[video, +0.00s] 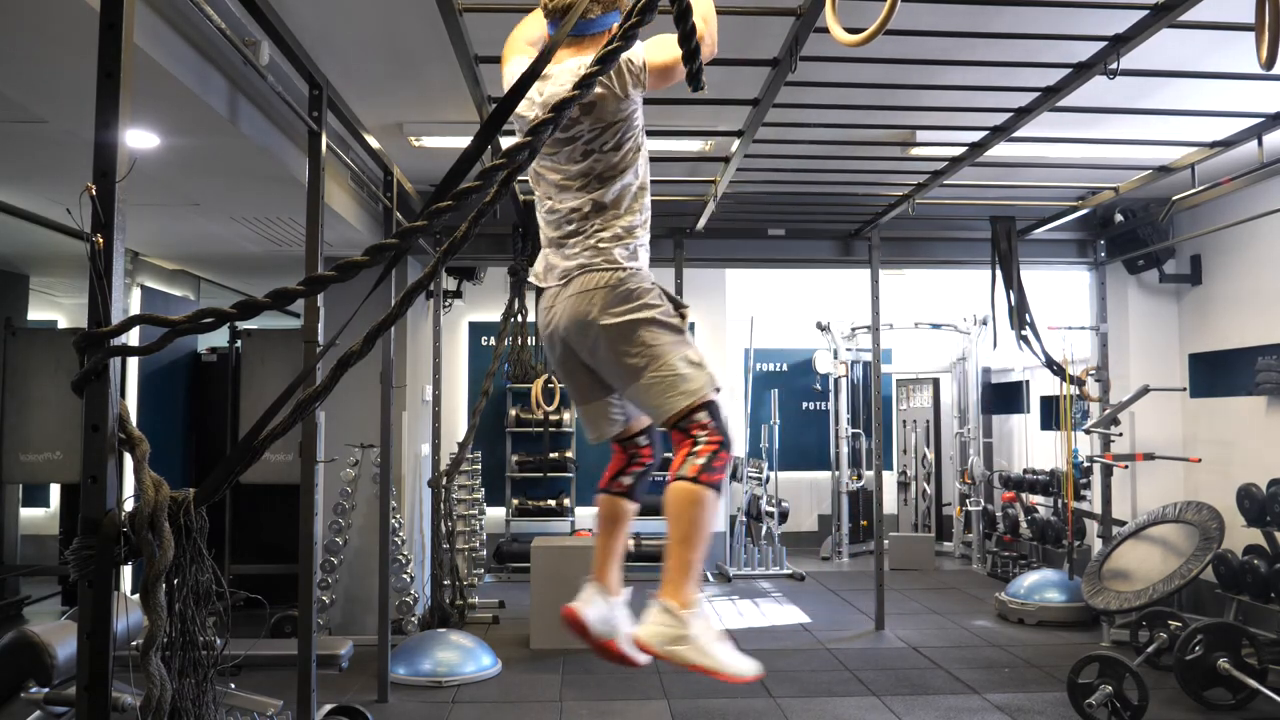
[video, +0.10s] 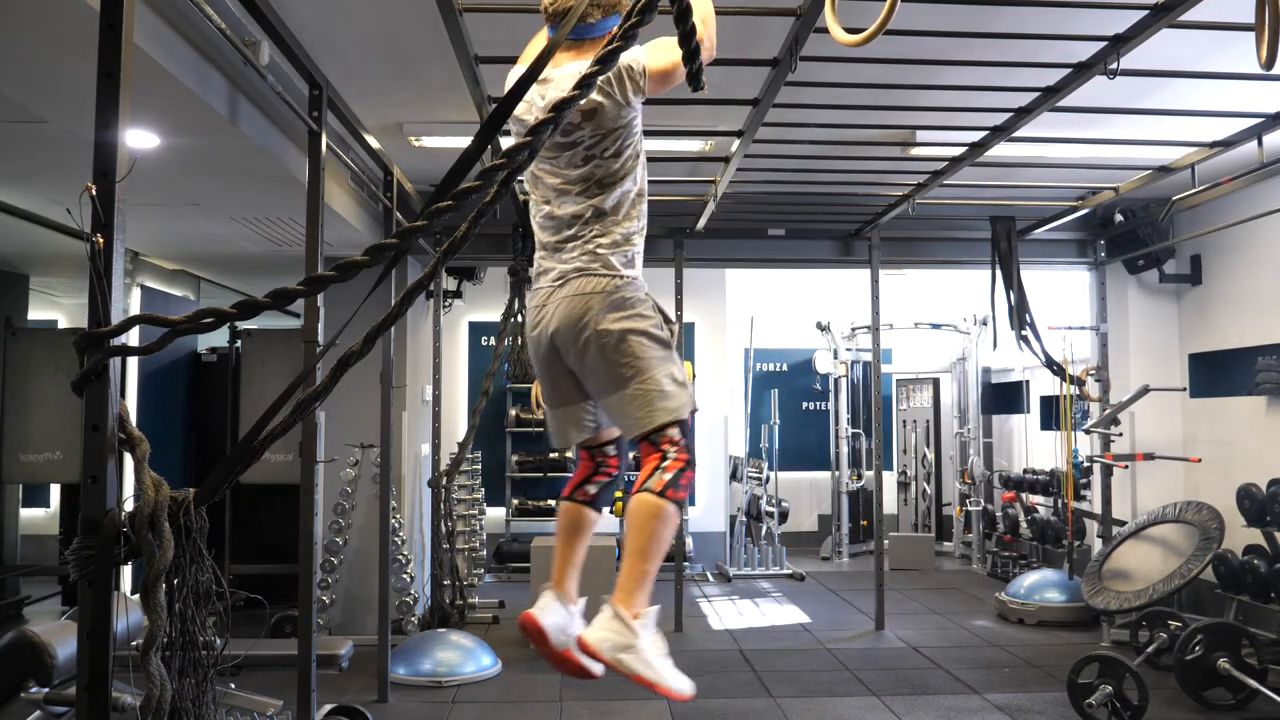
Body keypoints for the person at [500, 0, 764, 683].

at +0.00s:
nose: (625, 24)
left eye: (620, 19)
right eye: (624, 17)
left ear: (558, 21)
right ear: (618, 16)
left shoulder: (527, 75)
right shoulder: (619, 69)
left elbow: (527, 34)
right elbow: (704, 41)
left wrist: (573, 1)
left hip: (553, 303)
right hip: (612, 287)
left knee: (633, 443)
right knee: (703, 435)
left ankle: (602, 594)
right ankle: (677, 611)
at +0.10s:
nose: (621, 28)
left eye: (617, 22)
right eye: (617, 20)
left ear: (553, 26)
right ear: (609, 25)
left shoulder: (521, 102)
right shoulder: (616, 75)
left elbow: (537, 61)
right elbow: (696, 49)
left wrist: (562, 21)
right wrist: (694, 2)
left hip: (542, 302)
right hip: (603, 290)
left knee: (596, 452)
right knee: (667, 448)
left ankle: (560, 601)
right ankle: (626, 621)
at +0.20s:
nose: (620, 35)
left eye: (616, 30)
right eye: (615, 27)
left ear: (548, 35)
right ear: (606, 34)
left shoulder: (519, 108)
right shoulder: (616, 83)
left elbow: (538, 63)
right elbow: (695, 50)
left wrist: (560, 25)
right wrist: (690, 0)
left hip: (540, 310)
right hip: (602, 303)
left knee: (570, 469)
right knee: (648, 470)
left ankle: (535, 614)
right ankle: (603, 639)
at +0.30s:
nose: (623, 45)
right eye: (618, 39)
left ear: (548, 56)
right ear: (604, 52)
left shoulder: (523, 124)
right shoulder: (619, 98)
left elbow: (544, 74)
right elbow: (697, 47)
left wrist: (560, 34)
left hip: (546, 335)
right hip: (613, 333)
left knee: (558, 487)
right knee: (639, 493)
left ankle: (525, 636)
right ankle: (600, 666)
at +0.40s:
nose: (631, 76)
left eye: (623, 68)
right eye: (626, 68)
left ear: (560, 81)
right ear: (611, 76)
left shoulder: (539, 143)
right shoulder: (628, 115)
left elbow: (551, 89)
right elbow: (698, 45)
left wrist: (565, 40)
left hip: (555, 350)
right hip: (623, 350)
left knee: (555, 503)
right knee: (647, 517)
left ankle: (529, 655)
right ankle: (616, 686)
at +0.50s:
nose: (644, 89)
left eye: (631, 80)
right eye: (638, 81)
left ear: (572, 95)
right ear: (628, 94)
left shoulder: (556, 156)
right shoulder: (641, 137)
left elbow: (569, 67)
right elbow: (697, 50)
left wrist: (570, 15)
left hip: (566, 364)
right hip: (633, 366)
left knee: (556, 524)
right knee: (661, 533)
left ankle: (537, 672)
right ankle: (648, 693)